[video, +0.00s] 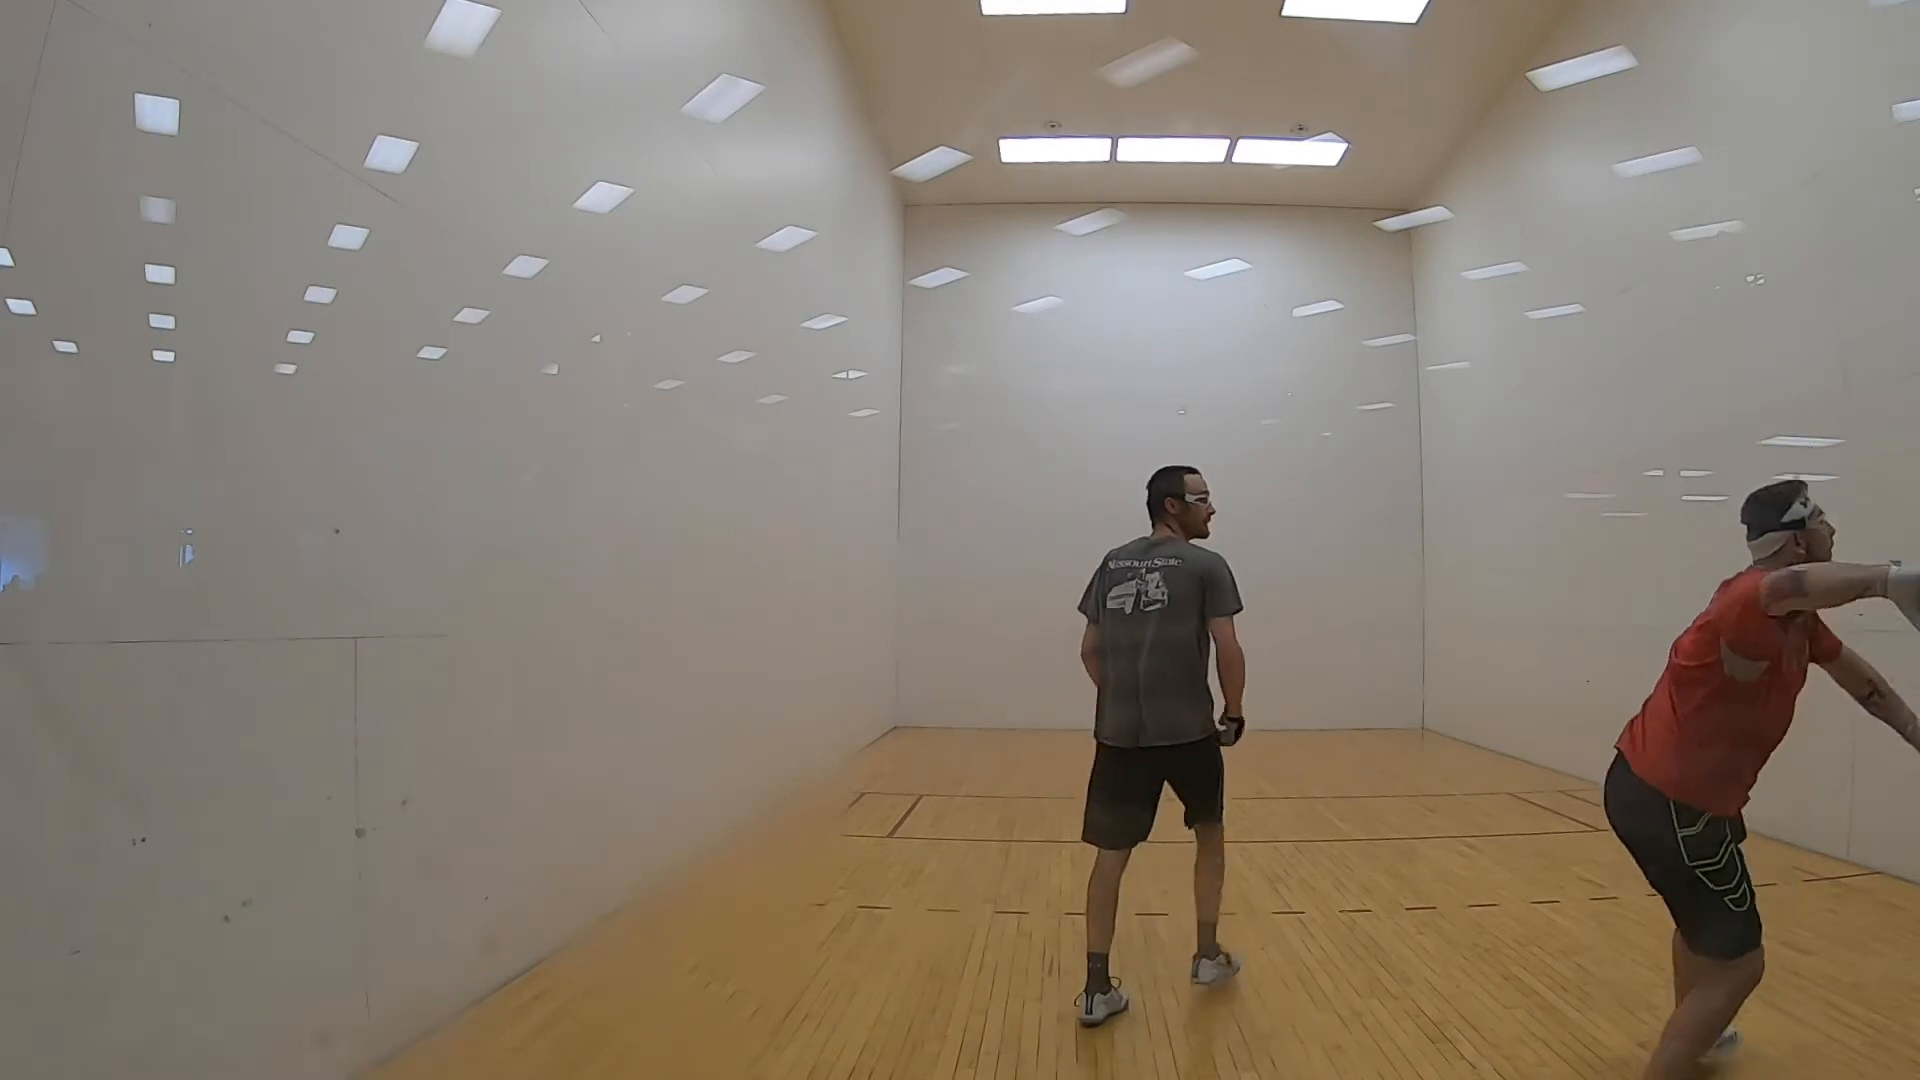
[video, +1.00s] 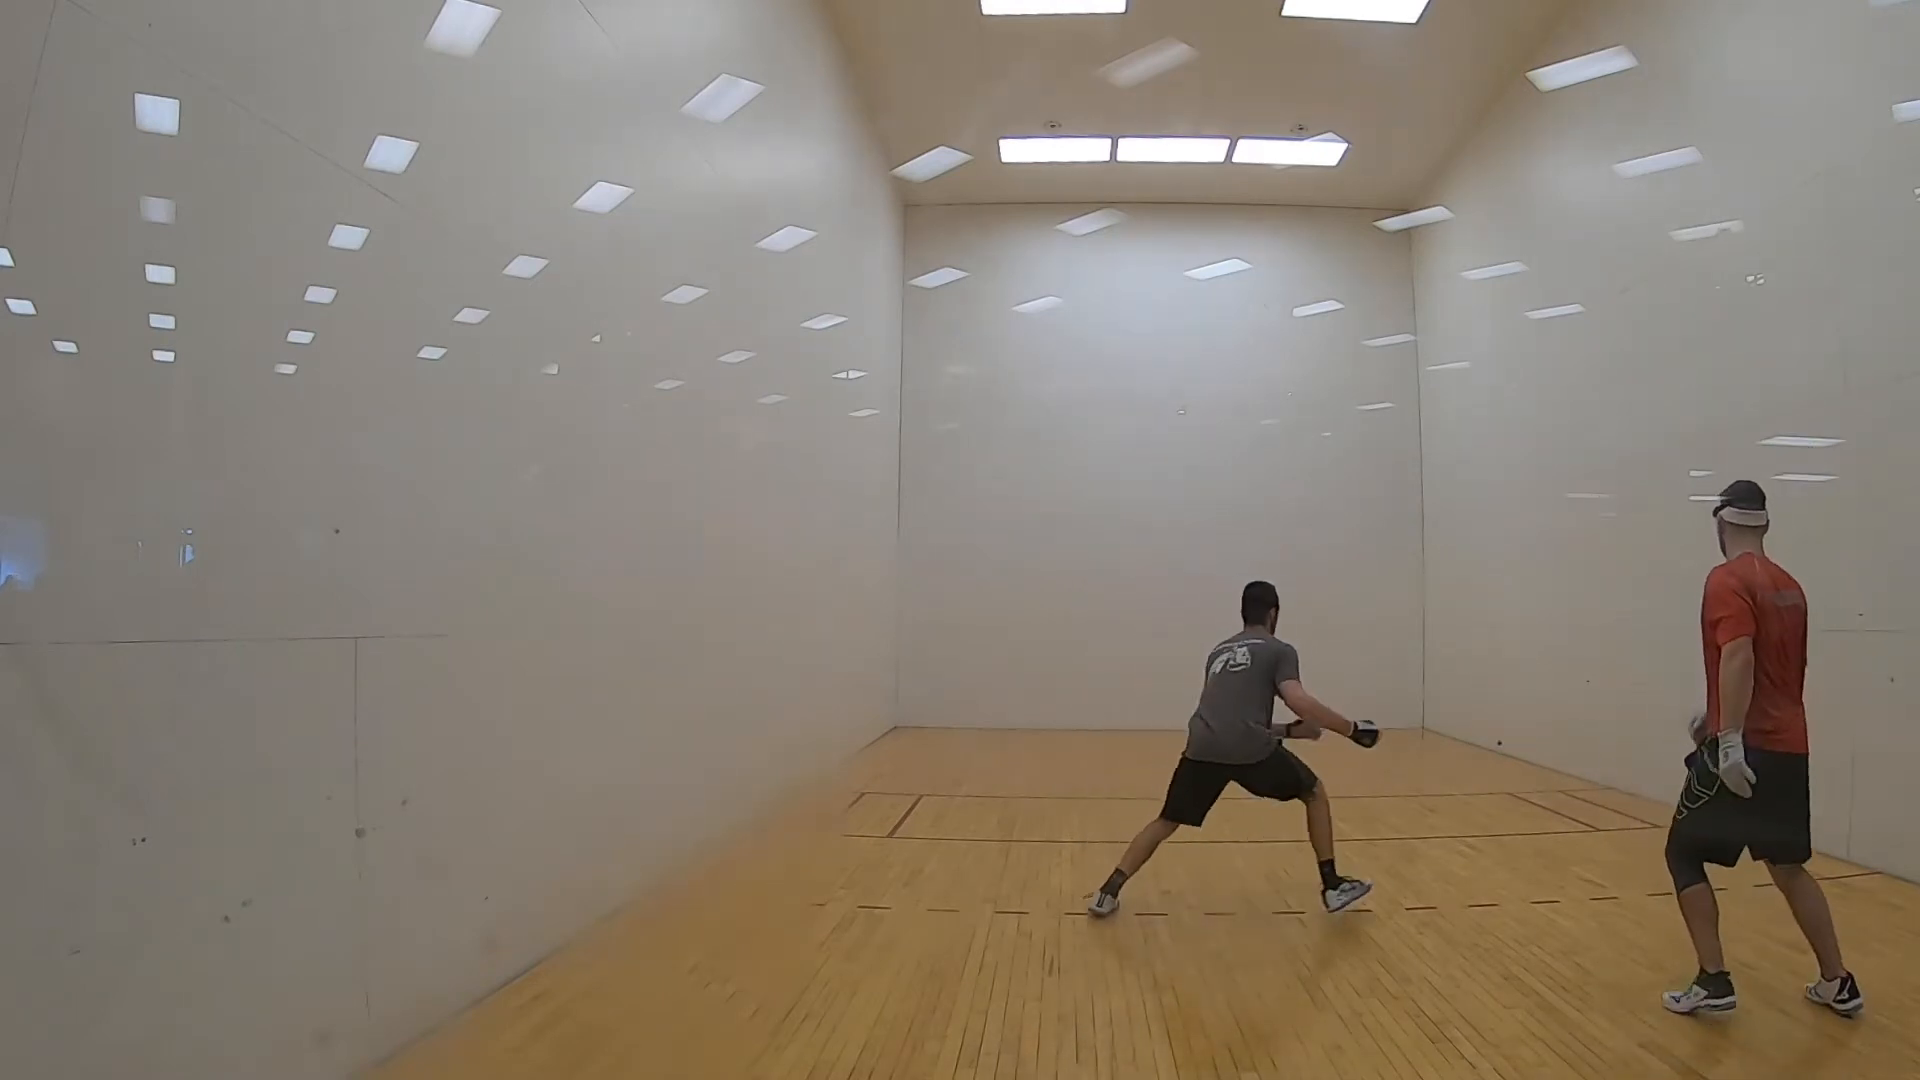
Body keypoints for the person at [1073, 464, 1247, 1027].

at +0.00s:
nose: (1213, 509)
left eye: (1210, 498)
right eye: (1203, 499)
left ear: (1163, 511)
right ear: (1173, 508)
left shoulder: (1114, 561)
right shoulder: (1206, 564)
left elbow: (1090, 649)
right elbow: (1228, 647)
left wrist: (1118, 702)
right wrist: (1233, 710)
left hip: (1122, 734)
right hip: (1187, 731)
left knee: (1110, 856)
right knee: (1209, 835)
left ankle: (1096, 988)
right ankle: (1207, 955)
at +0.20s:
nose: (1244, 550)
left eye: (1244, 541)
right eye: (1239, 541)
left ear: (1201, 542)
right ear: (1211, 541)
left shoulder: (1149, 587)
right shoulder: (1233, 597)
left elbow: (1114, 662)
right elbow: (1257, 672)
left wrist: (1139, 702)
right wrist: (1274, 736)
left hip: (1146, 747)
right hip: (1208, 747)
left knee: (1125, 856)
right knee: (1238, 837)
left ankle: (1100, 976)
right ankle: (1259, 920)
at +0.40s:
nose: (1275, 559)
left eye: (1276, 550)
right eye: (1273, 550)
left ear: (1235, 548)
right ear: (1254, 549)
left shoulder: (1185, 587)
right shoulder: (1267, 602)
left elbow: (1145, 651)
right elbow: (1282, 676)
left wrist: (1124, 712)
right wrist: (1291, 732)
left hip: (1175, 731)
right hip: (1232, 735)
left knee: (1158, 820)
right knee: (1250, 820)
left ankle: (1120, 895)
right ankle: (1260, 920)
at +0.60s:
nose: (1260, 550)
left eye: (1257, 542)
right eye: (1260, 544)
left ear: (1220, 544)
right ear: (1257, 547)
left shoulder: (1186, 584)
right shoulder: (1266, 597)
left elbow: (1145, 640)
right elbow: (1286, 664)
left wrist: (1127, 692)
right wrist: (1286, 700)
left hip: (1179, 719)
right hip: (1236, 725)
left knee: (1152, 801)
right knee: (1256, 815)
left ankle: (1111, 892)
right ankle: (1259, 920)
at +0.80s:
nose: (1246, 583)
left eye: (1243, 577)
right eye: (1246, 577)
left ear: (1209, 580)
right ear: (1243, 581)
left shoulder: (1180, 624)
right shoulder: (1253, 626)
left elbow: (1141, 681)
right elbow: (1266, 695)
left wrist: (1150, 725)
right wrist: (1286, 711)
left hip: (1175, 742)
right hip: (1227, 746)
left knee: (1152, 809)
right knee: (1262, 813)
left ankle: (1103, 893)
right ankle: (1252, 900)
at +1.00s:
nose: (1279, 619)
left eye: (1275, 612)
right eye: (1278, 612)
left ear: (1243, 613)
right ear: (1273, 613)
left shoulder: (1220, 650)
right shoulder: (1279, 650)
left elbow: (1231, 720)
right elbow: (1299, 702)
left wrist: (1290, 730)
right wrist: (1353, 730)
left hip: (1201, 752)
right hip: (1251, 750)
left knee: (1165, 821)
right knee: (1313, 791)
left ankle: (1107, 891)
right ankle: (1332, 885)